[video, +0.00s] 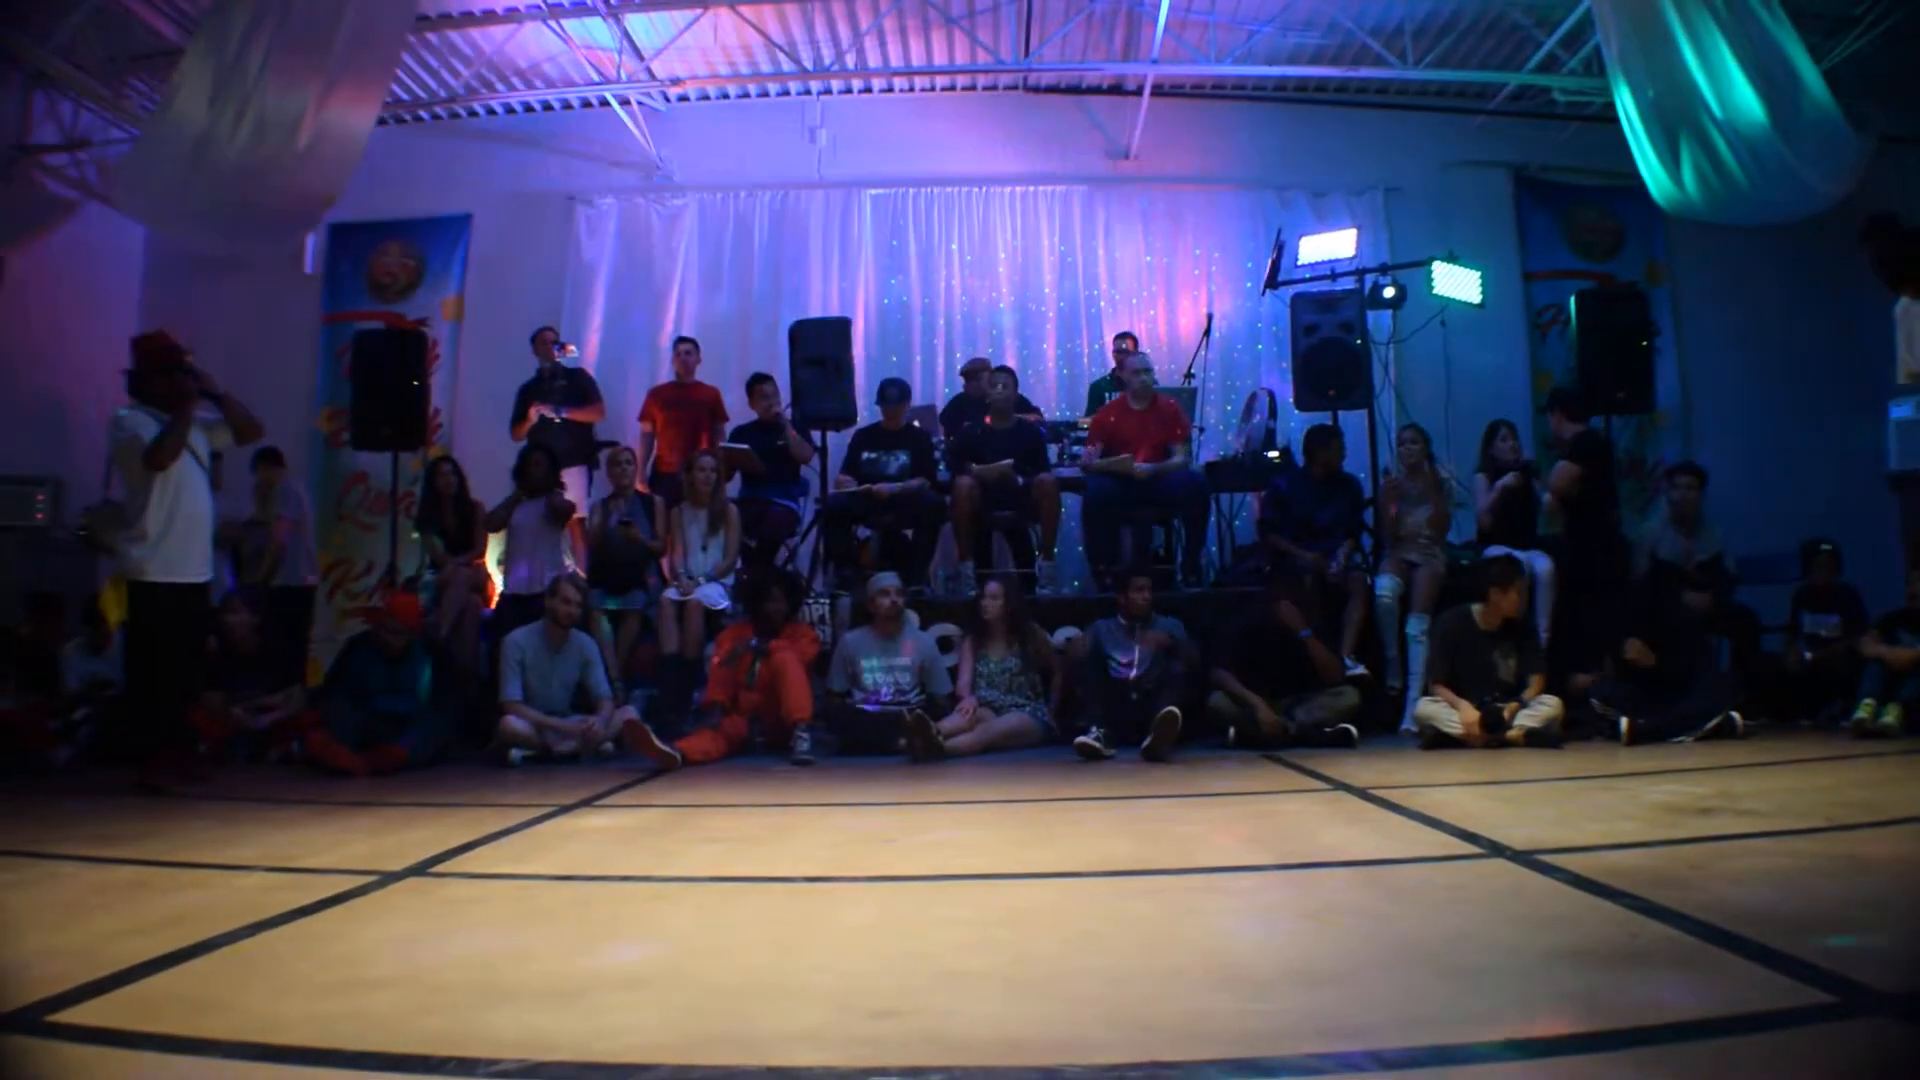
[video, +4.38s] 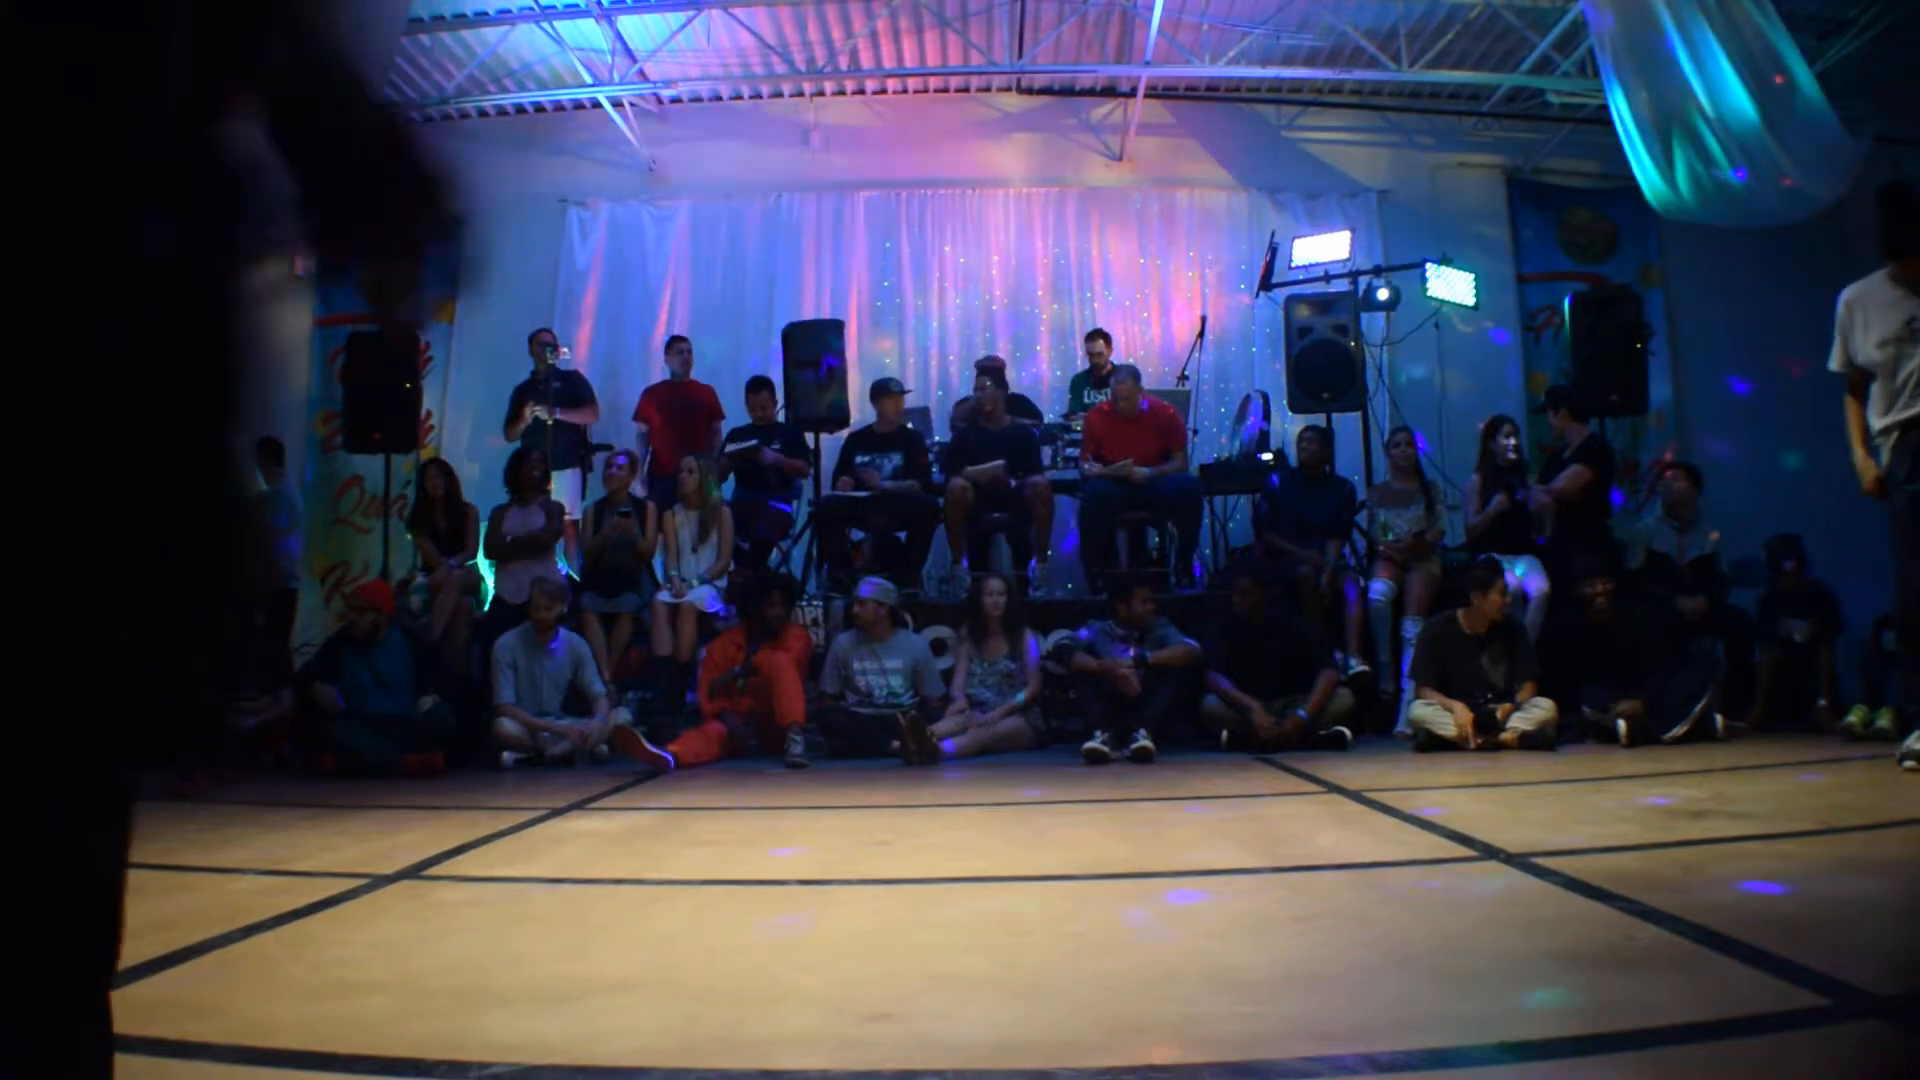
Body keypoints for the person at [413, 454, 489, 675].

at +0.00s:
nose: (448, 480)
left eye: (452, 474)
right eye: (441, 476)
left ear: (459, 478)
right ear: (433, 481)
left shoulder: (474, 509)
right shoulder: (428, 511)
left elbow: (480, 550)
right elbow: (435, 554)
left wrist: (453, 563)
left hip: (474, 571)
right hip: (442, 574)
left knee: (459, 574)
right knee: (471, 602)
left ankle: (440, 633)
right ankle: (465, 668)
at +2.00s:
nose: (440, 483)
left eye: (444, 477)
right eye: (434, 479)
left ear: (452, 481)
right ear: (425, 484)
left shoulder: (468, 512)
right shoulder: (420, 515)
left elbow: (473, 551)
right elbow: (426, 552)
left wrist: (451, 563)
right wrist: (448, 568)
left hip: (467, 571)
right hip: (435, 575)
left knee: (453, 578)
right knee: (464, 603)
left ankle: (434, 636)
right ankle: (458, 664)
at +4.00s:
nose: (437, 482)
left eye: (442, 476)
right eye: (432, 477)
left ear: (451, 480)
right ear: (424, 483)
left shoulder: (468, 512)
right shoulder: (419, 514)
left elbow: (472, 551)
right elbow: (428, 553)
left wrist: (449, 565)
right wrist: (451, 569)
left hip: (466, 571)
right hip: (434, 574)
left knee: (453, 578)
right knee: (463, 603)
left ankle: (433, 635)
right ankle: (456, 658)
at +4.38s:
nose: (435, 483)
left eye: (440, 477)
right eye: (430, 478)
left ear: (449, 480)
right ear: (423, 484)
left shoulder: (468, 511)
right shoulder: (419, 514)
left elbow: (471, 550)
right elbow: (428, 554)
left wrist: (449, 563)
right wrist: (451, 567)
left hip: (466, 571)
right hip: (434, 575)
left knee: (452, 578)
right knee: (464, 604)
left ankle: (433, 638)